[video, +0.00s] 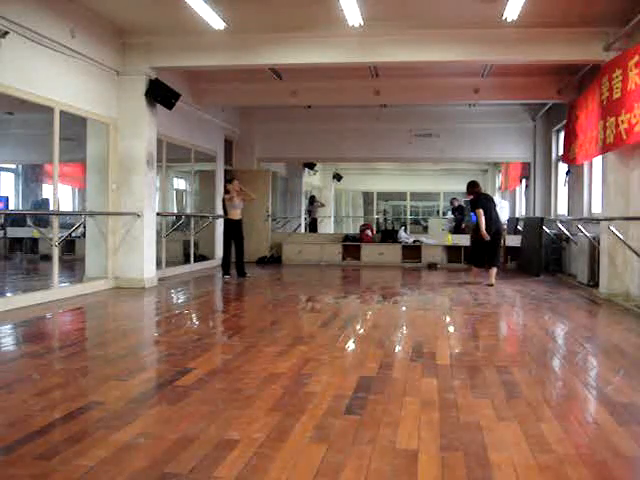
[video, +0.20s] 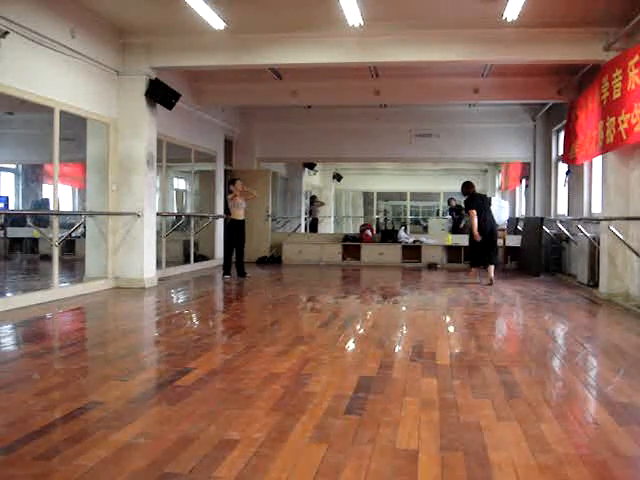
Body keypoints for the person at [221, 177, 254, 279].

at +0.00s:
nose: (238, 186)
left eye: (238, 184)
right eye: (235, 183)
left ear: (238, 186)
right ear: (230, 186)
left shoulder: (239, 196)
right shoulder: (226, 197)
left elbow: (252, 197)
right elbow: (231, 199)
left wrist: (243, 190)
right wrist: (232, 191)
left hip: (238, 220)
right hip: (229, 220)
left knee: (240, 247)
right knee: (227, 248)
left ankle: (241, 272)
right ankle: (226, 272)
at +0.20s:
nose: (241, 186)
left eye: (241, 184)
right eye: (239, 184)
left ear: (240, 187)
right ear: (232, 186)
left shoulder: (242, 197)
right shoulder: (229, 197)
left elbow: (254, 195)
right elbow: (233, 196)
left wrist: (246, 190)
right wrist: (236, 191)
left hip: (241, 220)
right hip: (232, 220)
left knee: (240, 248)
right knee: (229, 248)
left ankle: (241, 272)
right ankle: (227, 272)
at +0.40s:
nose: (243, 188)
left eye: (243, 185)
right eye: (241, 185)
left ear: (244, 187)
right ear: (236, 187)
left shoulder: (244, 197)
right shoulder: (234, 198)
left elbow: (256, 201)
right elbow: (239, 205)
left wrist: (249, 195)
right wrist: (243, 198)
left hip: (244, 221)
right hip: (236, 220)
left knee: (242, 248)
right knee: (233, 248)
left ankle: (241, 272)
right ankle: (228, 272)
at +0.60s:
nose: (245, 186)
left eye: (245, 184)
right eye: (243, 184)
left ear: (242, 186)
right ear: (239, 187)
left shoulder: (244, 197)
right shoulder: (237, 198)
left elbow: (258, 203)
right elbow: (249, 202)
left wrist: (251, 195)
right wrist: (247, 193)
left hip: (244, 221)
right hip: (237, 221)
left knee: (242, 248)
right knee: (235, 248)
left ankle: (241, 271)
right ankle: (229, 272)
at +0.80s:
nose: (245, 188)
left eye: (245, 185)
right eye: (243, 186)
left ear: (242, 187)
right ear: (239, 187)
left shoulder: (243, 198)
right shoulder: (237, 198)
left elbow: (256, 202)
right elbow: (253, 202)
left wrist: (249, 191)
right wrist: (248, 192)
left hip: (243, 221)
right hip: (237, 221)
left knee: (241, 247)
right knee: (236, 247)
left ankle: (241, 271)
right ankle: (230, 271)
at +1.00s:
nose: (244, 187)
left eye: (244, 185)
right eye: (243, 185)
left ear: (240, 187)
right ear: (238, 187)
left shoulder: (241, 198)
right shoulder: (236, 198)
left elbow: (254, 201)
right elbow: (253, 201)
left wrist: (248, 193)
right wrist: (248, 192)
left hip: (242, 221)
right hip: (237, 221)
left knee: (240, 247)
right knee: (235, 247)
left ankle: (241, 271)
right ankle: (230, 271)